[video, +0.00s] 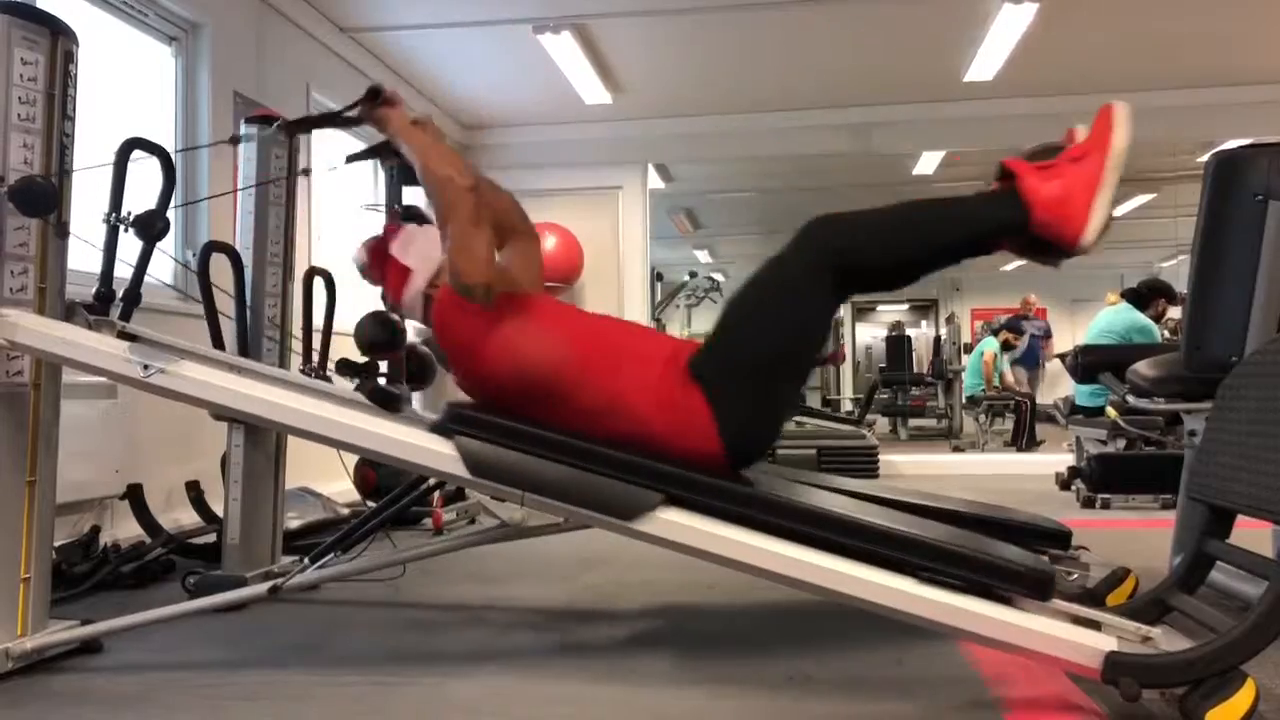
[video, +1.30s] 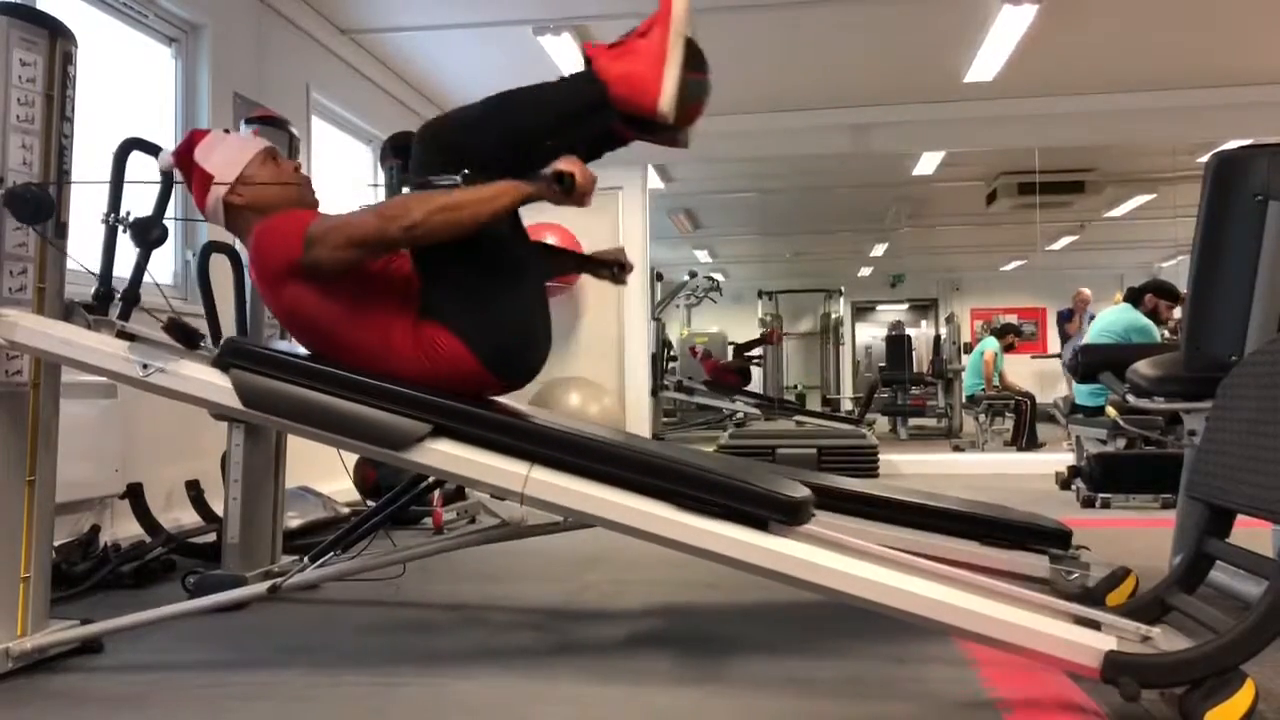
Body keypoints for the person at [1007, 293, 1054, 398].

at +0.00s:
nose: (1030, 307)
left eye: (1033, 304)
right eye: (1027, 304)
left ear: (1036, 306)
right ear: (1022, 305)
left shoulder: (1043, 324)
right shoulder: (1013, 321)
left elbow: (1049, 341)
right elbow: (1000, 335)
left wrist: (1049, 353)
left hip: (1036, 363)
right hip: (1018, 361)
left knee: (1033, 391)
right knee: (1021, 385)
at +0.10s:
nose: (1033, 309)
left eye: (1035, 306)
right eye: (1030, 306)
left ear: (1038, 307)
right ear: (1024, 307)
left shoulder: (1045, 324)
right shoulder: (1016, 323)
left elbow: (1052, 339)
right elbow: (1000, 333)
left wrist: (1053, 351)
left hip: (1041, 366)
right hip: (1023, 365)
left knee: (1034, 394)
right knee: (1028, 394)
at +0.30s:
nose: (1042, 310)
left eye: (1044, 306)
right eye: (1039, 307)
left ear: (1047, 307)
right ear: (1030, 308)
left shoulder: (1051, 322)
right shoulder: (1023, 322)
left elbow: (1057, 340)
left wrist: (1061, 353)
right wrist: (1034, 329)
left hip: (1049, 363)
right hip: (1030, 363)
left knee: (1048, 393)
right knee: (1039, 392)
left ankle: (1042, 422)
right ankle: (1044, 424)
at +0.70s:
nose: (1058, 309)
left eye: (1061, 306)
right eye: (1056, 305)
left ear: (1064, 305)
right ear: (1049, 302)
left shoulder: (1063, 319)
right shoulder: (1037, 317)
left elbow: (1067, 338)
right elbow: (1038, 334)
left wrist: (1070, 348)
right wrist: (1052, 320)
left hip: (1061, 363)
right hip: (1042, 364)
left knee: (1065, 394)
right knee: (1043, 397)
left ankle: (1056, 416)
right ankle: (1043, 424)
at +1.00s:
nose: (1072, 307)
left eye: (1075, 304)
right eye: (1070, 303)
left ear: (1079, 304)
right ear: (1064, 302)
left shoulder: (1079, 319)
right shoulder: (1053, 316)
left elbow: (1081, 336)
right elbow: (1056, 331)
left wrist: (1076, 350)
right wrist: (1066, 314)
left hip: (1072, 361)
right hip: (1057, 361)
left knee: (1070, 393)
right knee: (1057, 393)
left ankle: (1066, 418)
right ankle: (1056, 421)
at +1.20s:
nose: (1079, 305)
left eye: (1082, 302)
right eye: (1076, 301)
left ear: (1086, 302)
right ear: (1070, 298)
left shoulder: (1087, 315)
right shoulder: (1059, 312)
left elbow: (1092, 334)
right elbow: (1065, 329)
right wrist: (1073, 312)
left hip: (1082, 355)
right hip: (1065, 355)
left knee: (1082, 386)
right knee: (1070, 387)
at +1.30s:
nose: (1084, 306)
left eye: (1087, 303)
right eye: (1081, 302)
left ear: (1090, 303)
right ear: (1075, 300)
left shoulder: (1092, 317)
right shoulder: (1064, 314)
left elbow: (1094, 335)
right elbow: (1072, 331)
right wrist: (1077, 314)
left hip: (1087, 353)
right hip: (1069, 353)